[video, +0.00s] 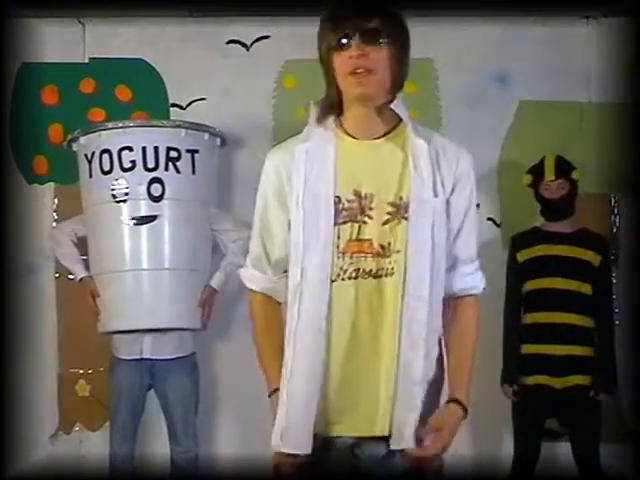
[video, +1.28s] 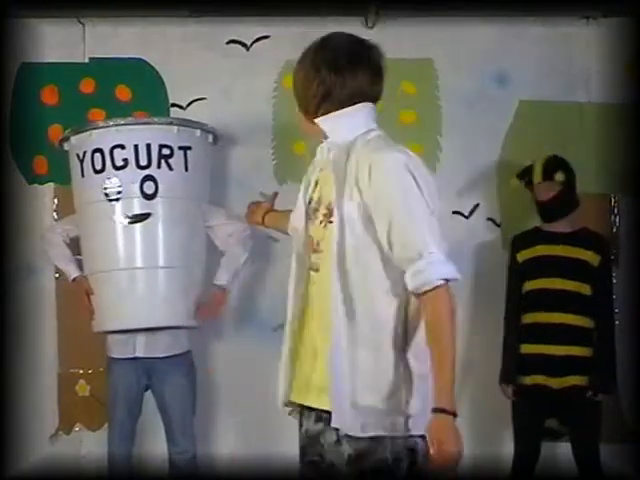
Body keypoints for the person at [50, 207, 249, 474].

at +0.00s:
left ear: (172, 187)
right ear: (129, 189)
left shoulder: (192, 213)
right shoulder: (112, 216)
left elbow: (240, 238)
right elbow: (60, 234)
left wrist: (215, 285)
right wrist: (83, 277)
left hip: (177, 350)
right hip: (126, 351)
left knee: (185, 449)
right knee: (120, 450)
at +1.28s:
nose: (142, 193)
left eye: (151, 187)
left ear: (163, 184)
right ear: (123, 187)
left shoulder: (187, 211)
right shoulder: (106, 216)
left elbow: (239, 235)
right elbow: (53, 233)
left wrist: (220, 288)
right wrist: (76, 277)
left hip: (172, 349)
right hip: (122, 351)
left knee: (182, 449)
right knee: (119, 451)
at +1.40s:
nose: (141, 192)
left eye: (149, 186)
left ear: (161, 185)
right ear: (121, 190)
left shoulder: (181, 212)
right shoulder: (104, 216)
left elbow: (235, 239)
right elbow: (53, 232)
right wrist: (76, 275)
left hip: (173, 349)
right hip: (122, 351)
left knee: (184, 449)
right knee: (118, 450)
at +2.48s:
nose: (135, 189)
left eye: (144, 181)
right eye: (128, 181)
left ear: (157, 181)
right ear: (116, 183)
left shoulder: (176, 208)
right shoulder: (104, 212)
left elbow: (229, 216)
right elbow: (53, 229)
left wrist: (236, 173)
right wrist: (75, 274)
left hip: (172, 340)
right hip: (123, 344)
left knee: (183, 441)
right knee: (121, 441)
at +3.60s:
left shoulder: (179, 218)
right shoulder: (106, 214)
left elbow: (236, 235)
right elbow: (54, 228)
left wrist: (209, 215)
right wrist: (75, 273)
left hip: (172, 337)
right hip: (121, 340)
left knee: (179, 432)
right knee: (120, 429)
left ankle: (183, 477)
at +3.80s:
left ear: (165, 189)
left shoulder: (182, 220)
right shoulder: (106, 217)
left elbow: (216, 247)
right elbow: (56, 227)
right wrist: (75, 273)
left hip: (171, 349)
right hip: (120, 351)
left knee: (182, 448)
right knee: (118, 451)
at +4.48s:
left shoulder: (183, 221)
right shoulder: (108, 217)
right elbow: (59, 230)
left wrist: (204, 297)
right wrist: (81, 277)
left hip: (174, 351)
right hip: (123, 352)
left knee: (183, 449)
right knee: (119, 450)